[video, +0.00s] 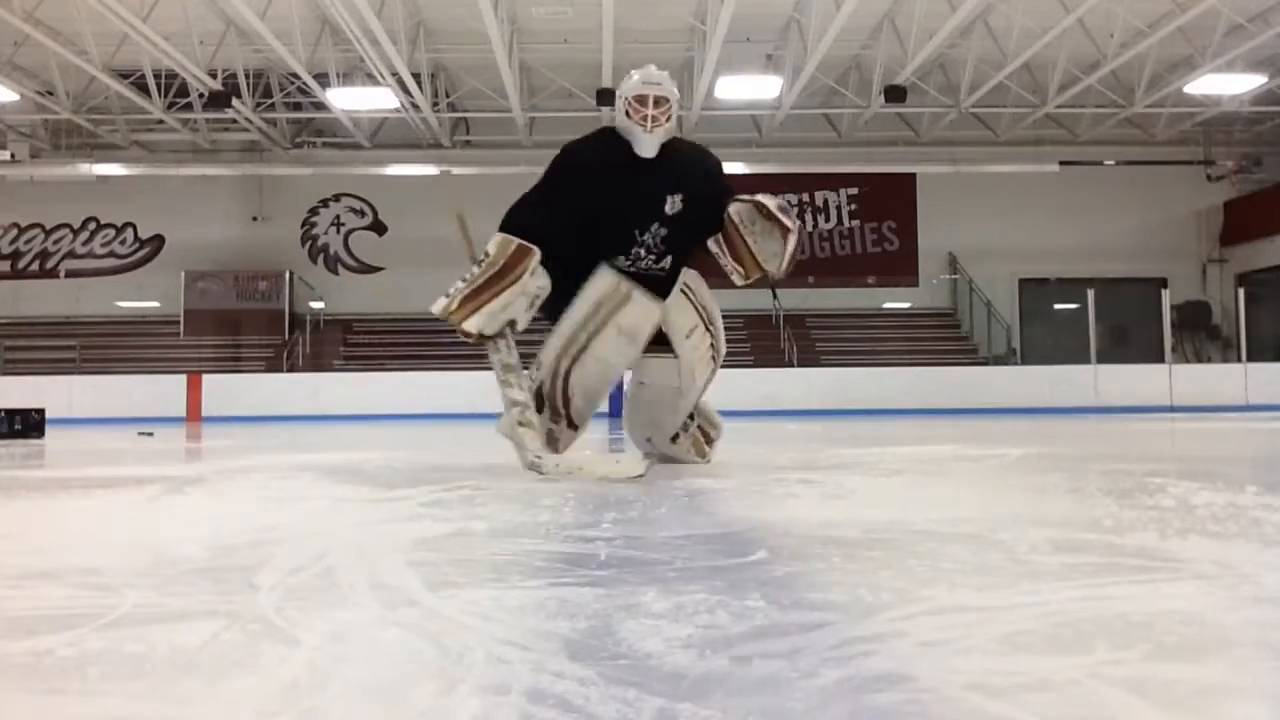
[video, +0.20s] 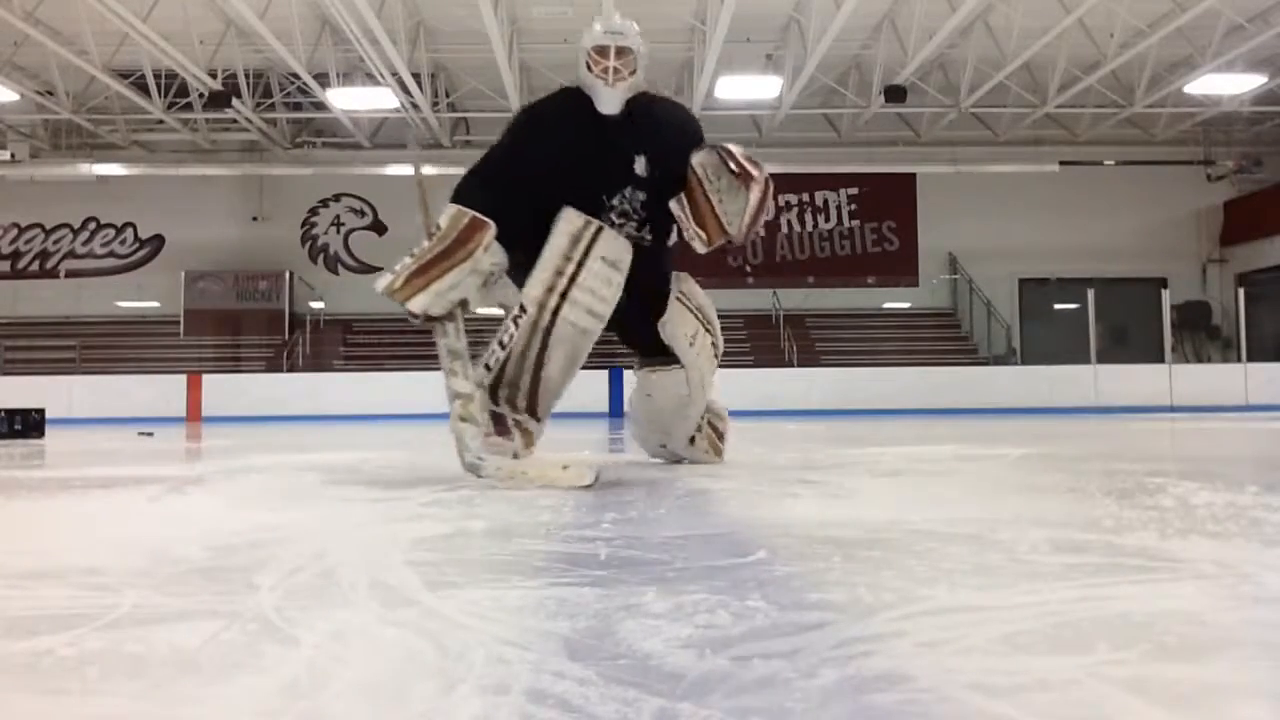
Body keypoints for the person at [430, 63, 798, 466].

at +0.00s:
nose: (650, 111)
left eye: (661, 102)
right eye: (639, 102)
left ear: (674, 109)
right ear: (621, 107)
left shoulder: (697, 166)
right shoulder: (586, 157)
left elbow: (720, 226)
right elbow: (532, 220)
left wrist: (758, 235)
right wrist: (502, 286)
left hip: (663, 281)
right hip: (590, 276)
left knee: (679, 356)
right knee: (595, 350)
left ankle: (663, 435)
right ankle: (550, 429)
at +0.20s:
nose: (611, 66)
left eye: (622, 57)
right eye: (601, 56)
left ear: (638, 62)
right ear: (585, 59)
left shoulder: (668, 125)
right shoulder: (549, 118)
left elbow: (704, 201)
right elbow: (489, 187)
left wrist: (732, 185)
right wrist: (452, 262)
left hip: (637, 261)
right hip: (557, 251)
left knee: (678, 345)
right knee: (556, 320)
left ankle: (667, 436)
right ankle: (505, 427)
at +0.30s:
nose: (590, 42)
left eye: (602, 32)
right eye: (579, 30)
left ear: (619, 38)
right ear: (563, 34)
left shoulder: (654, 106)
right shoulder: (517, 102)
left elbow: (680, 190)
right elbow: (460, 180)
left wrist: (712, 173)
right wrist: (436, 256)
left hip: (624, 248)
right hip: (534, 246)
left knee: (682, 335)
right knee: (544, 327)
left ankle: (688, 427)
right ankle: (451, 434)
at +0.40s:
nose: (586, 27)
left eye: (599, 17)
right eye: (575, 14)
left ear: (615, 23)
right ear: (556, 18)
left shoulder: (649, 101)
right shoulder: (507, 92)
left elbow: (667, 184)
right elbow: (446, 183)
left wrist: (716, 168)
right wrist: (432, 268)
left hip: (611, 260)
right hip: (527, 257)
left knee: (685, 343)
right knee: (539, 350)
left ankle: (697, 441)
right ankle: (430, 439)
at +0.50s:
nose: (597, 9)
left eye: (609, 1)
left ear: (624, 9)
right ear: (567, 7)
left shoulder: (656, 87)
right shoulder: (519, 75)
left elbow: (678, 171)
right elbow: (467, 170)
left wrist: (728, 177)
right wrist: (443, 253)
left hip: (609, 237)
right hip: (528, 232)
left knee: (678, 327)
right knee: (534, 333)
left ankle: (708, 436)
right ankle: (427, 440)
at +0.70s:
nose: (616, 3)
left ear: (643, 4)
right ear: (584, 2)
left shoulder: (678, 72)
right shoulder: (530, 64)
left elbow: (711, 172)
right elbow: (484, 174)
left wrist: (763, 169)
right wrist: (453, 262)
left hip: (646, 228)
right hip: (552, 227)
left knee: (710, 322)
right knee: (505, 337)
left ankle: (756, 438)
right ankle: (420, 439)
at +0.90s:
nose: (623, 8)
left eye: (636, 0)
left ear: (653, 5)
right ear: (588, 3)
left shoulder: (690, 72)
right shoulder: (537, 66)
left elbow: (722, 172)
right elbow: (490, 174)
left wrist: (770, 176)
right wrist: (460, 260)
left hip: (655, 232)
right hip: (559, 233)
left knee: (723, 325)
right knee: (515, 342)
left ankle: (790, 434)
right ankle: (422, 430)